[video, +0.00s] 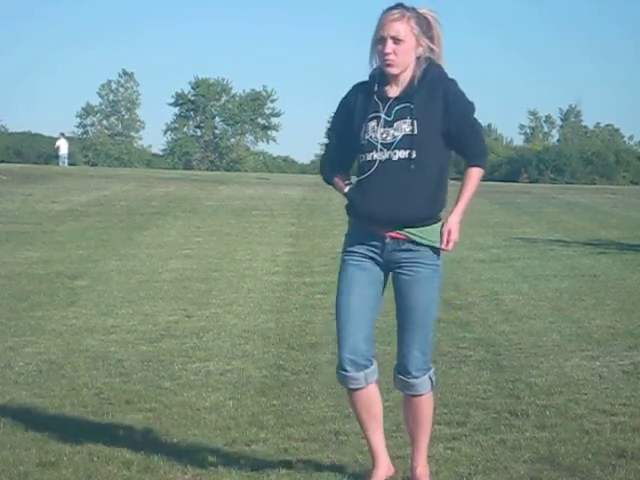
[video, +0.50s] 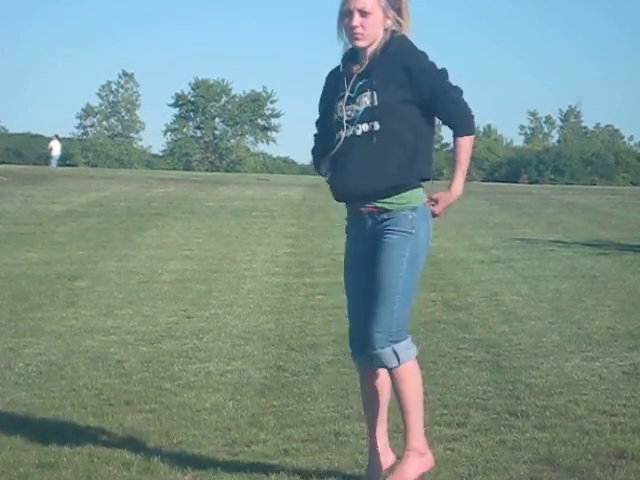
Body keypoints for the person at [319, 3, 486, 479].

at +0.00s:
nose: (387, 48)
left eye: (397, 40)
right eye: (382, 40)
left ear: (421, 46)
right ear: (375, 45)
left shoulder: (442, 92)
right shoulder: (358, 97)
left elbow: (477, 158)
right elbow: (332, 166)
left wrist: (456, 214)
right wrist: (358, 194)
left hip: (419, 245)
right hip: (362, 242)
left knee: (413, 367)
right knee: (352, 360)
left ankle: (420, 465)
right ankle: (382, 465)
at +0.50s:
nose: (354, 21)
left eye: (365, 13)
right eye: (348, 13)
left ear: (387, 17)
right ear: (341, 20)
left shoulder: (407, 60)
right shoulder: (338, 77)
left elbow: (463, 120)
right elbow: (323, 142)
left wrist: (454, 190)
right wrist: (335, 171)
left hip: (403, 216)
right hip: (358, 219)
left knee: (390, 335)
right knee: (364, 341)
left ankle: (418, 451)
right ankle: (380, 454)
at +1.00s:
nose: (336, 3)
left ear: (376, 2)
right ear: (339, 7)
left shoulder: (386, 49)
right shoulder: (354, 53)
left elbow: (358, 127)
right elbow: (364, 130)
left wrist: (296, 177)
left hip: (398, 210)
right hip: (354, 207)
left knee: (393, 338)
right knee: (303, 305)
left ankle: (406, 449)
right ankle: (354, 412)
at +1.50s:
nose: (315, 24)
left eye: (324, 16)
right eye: (319, 16)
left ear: (355, 25)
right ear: (348, 27)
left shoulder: (370, 73)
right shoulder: (339, 80)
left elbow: (420, 140)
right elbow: (334, 149)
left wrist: (354, 157)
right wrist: (312, 166)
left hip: (364, 232)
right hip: (337, 233)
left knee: (310, 346)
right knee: (332, 356)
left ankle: (398, 414)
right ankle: (362, 472)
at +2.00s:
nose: (319, 54)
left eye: (324, 45)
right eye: (321, 45)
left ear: (344, 48)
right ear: (352, 48)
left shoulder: (358, 98)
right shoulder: (378, 95)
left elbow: (364, 189)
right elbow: (400, 172)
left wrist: (305, 168)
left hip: (367, 248)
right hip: (372, 246)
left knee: (344, 377)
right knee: (272, 325)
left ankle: (395, 474)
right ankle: (334, 425)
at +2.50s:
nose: (333, 70)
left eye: (343, 60)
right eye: (326, 63)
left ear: (369, 67)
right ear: (320, 71)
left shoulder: (377, 122)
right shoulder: (320, 124)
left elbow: (331, 193)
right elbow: (313, 198)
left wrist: (297, 128)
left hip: (368, 277)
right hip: (316, 280)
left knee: (365, 404)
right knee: (262, 387)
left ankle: (398, 476)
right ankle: (299, 476)